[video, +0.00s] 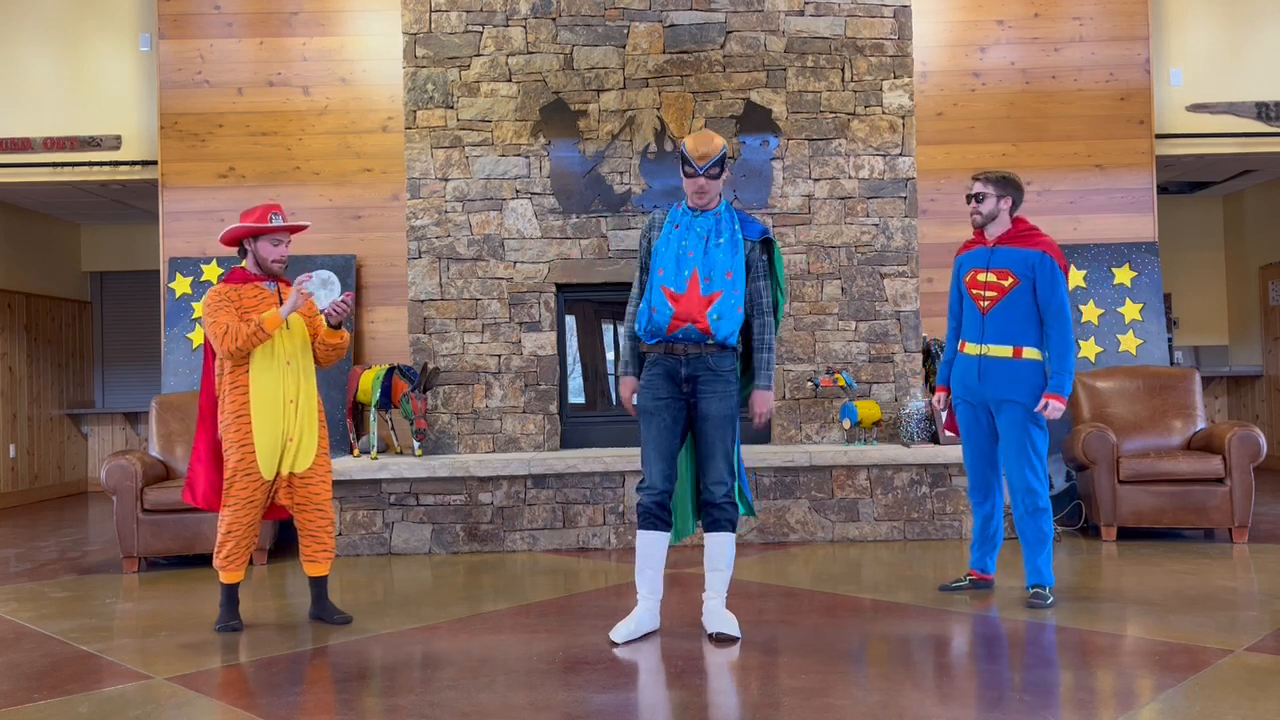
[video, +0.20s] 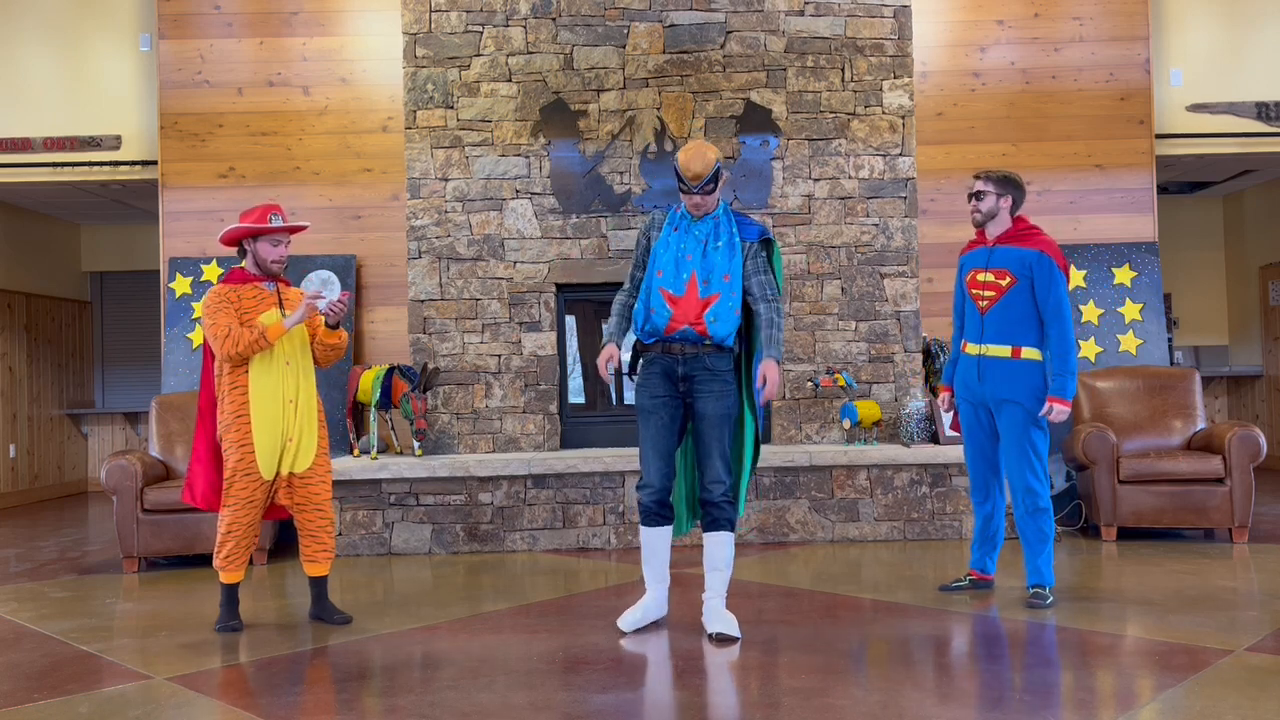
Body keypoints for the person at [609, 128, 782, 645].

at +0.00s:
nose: (699, 185)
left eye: (709, 176)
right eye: (691, 175)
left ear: (726, 175)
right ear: (681, 174)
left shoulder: (749, 233)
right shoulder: (658, 227)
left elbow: (763, 315)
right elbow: (636, 300)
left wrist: (764, 384)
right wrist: (628, 367)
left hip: (718, 367)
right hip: (658, 366)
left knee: (717, 486)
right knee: (655, 485)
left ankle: (716, 606)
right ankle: (647, 607)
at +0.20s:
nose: (696, 202)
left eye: (705, 193)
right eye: (688, 194)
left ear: (721, 184)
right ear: (678, 187)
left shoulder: (746, 233)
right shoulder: (656, 227)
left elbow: (766, 302)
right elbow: (630, 289)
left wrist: (770, 357)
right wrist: (613, 337)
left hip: (715, 368)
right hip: (656, 366)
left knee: (716, 486)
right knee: (654, 485)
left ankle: (715, 606)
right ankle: (655, 597)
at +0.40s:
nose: (687, 212)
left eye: (694, 204)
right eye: (679, 205)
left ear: (709, 193)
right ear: (667, 197)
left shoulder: (735, 237)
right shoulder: (647, 231)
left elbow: (758, 297)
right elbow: (623, 294)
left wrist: (758, 323)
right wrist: (616, 335)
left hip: (711, 371)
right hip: (653, 371)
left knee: (715, 488)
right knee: (653, 490)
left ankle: (715, 605)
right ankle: (654, 578)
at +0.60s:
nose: (667, 223)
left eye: (673, 215)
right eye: (659, 216)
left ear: (685, 203)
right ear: (645, 208)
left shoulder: (715, 240)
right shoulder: (628, 241)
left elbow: (738, 308)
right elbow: (611, 310)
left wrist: (742, 358)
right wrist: (613, 373)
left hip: (701, 372)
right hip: (645, 374)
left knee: (709, 486)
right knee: (652, 486)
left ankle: (715, 604)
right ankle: (655, 589)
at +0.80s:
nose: (651, 225)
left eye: (657, 217)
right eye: (642, 219)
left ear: (671, 201)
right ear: (631, 210)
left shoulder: (703, 234)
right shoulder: (619, 241)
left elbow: (725, 304)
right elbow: (606, 312)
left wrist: (728, 366)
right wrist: (607, 383)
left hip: (696, 368)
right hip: (639, 371)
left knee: (703, 476)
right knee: (650, 481)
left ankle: (710, 594)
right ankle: (656, 589)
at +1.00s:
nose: (651, 222)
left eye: (658, 214)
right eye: (643, 216)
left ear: (671, 200)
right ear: (631, 208)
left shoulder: (703, 235)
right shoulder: (618, 242)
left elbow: (725, 304)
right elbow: (604, 313)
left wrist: (730, 364)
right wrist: (606, 379)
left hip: (695, 367)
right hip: (638, 370)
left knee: (698, 479)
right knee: (650, 479)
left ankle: (701, 583)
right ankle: (655, 586)